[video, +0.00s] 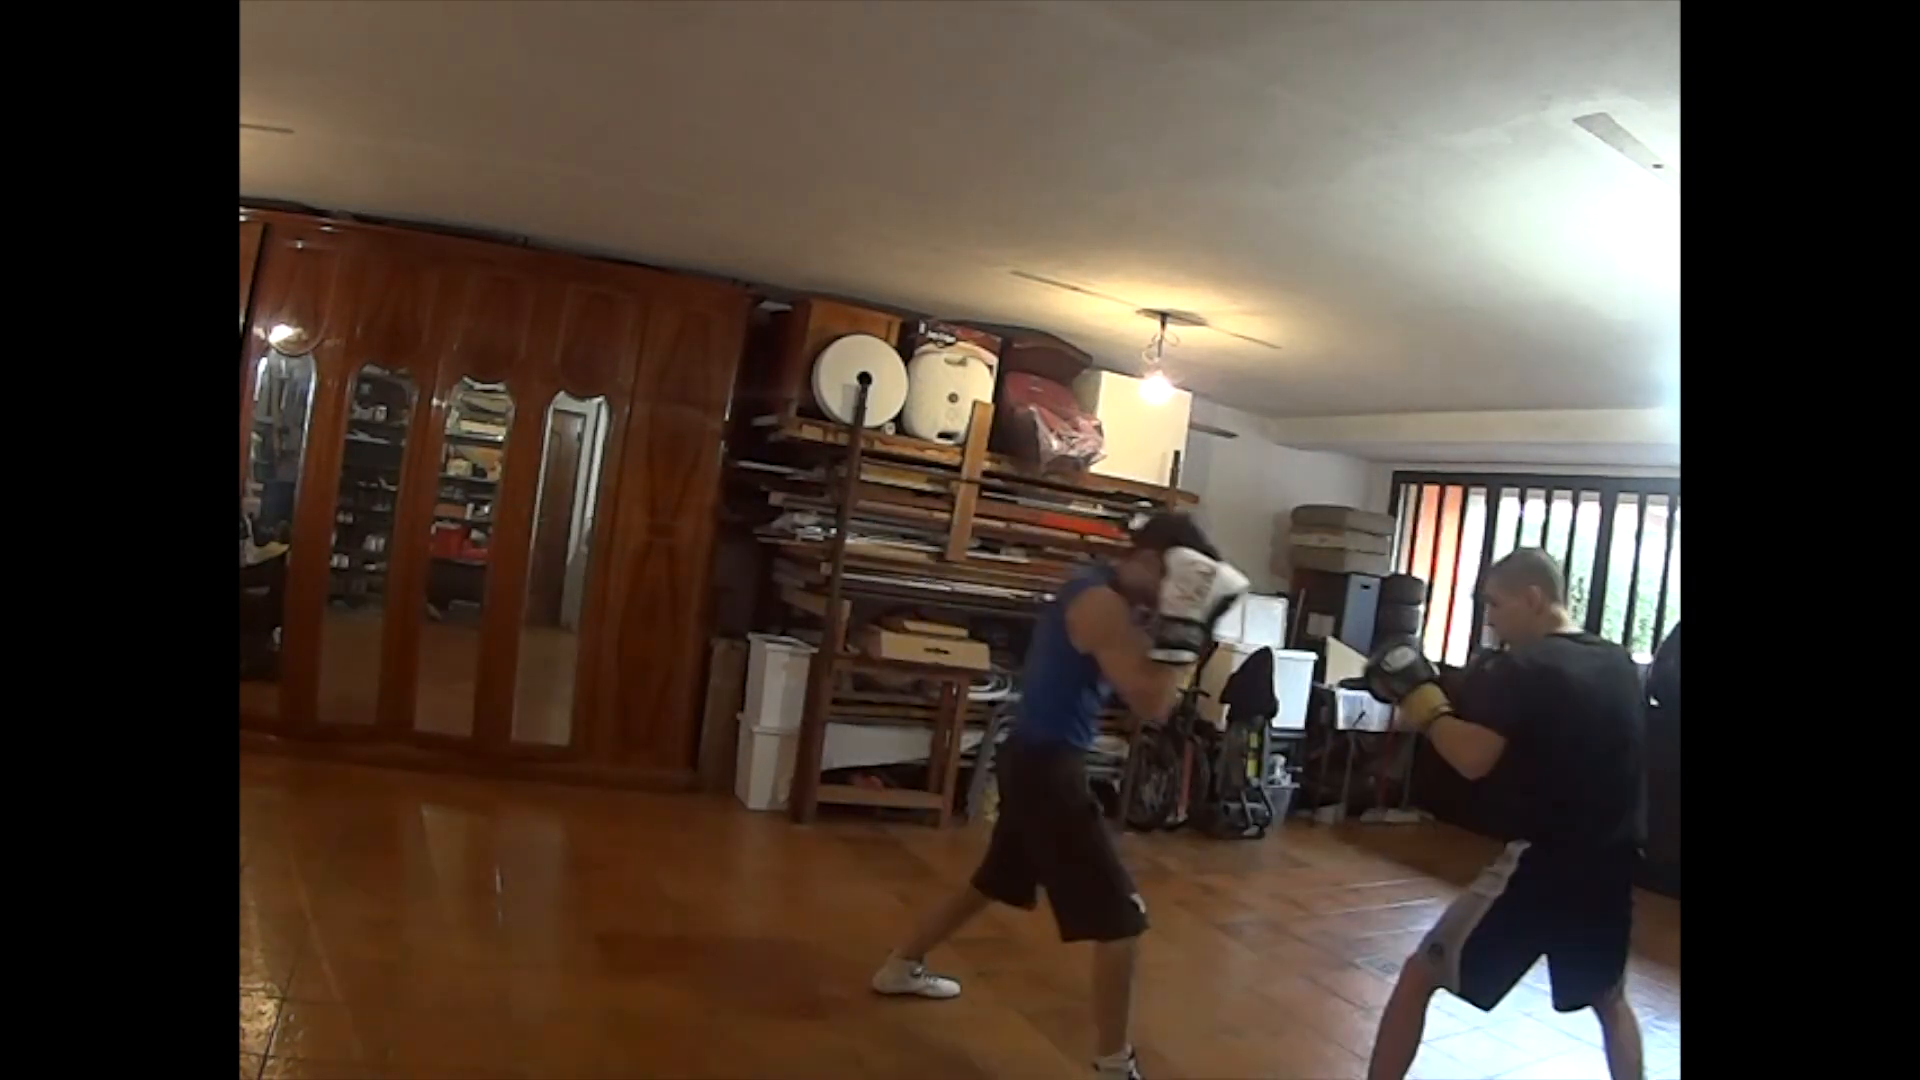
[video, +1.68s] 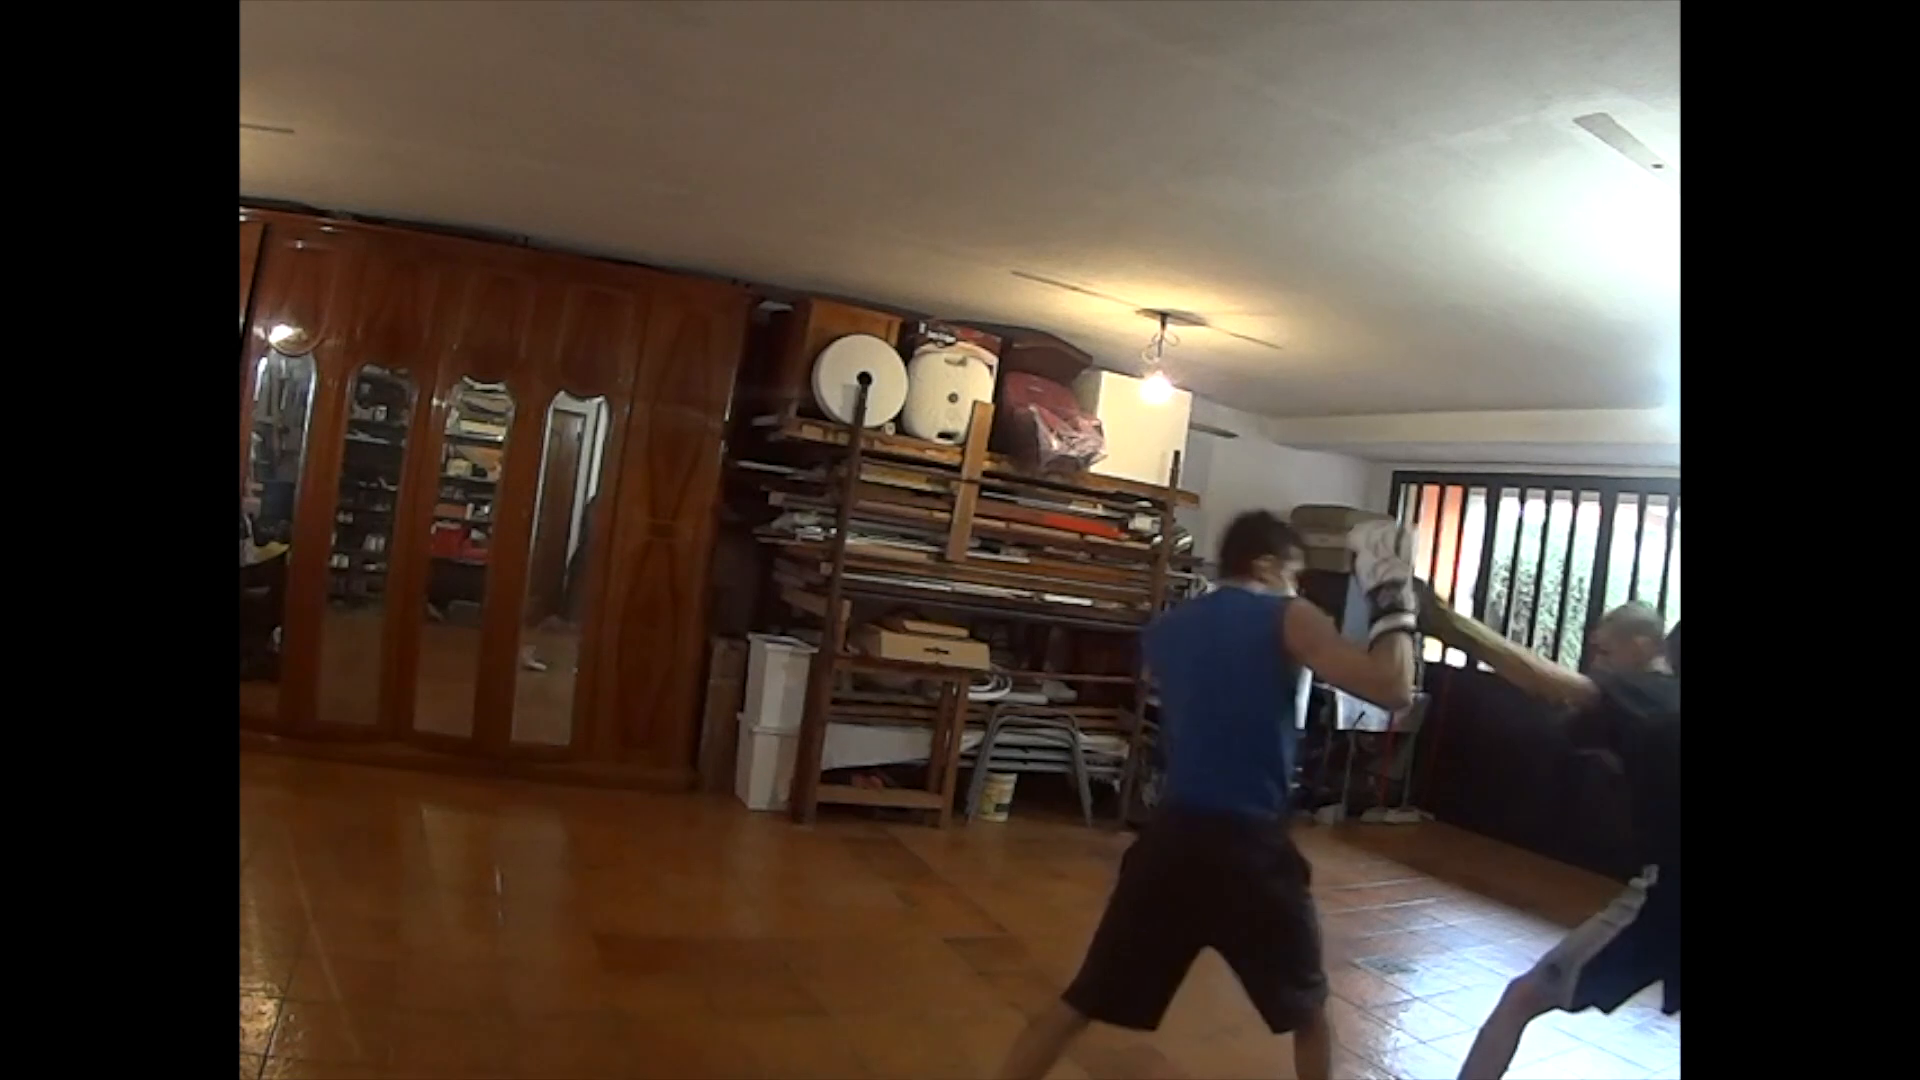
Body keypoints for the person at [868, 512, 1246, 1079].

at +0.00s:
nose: (1167, 591)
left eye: (1177, 581)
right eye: (1169, 575)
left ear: (1146, 555)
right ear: (1145, 553)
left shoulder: (1087, 588)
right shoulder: (1100, 604)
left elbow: (1140, 684)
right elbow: (1153, 702)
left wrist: (1176, 630)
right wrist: (1185, 627)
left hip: (1031, 763)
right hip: (1051, 771)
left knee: (990, 882)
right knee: (1119, 920)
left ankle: (900, 966)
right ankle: (1114, 1063)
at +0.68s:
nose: (1244, 589)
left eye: (1251, 581)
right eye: (1241, 574)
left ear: (1193, 558)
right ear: (1207, 557)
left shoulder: (1143, 596)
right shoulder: (1180, 602)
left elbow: (1205, 693)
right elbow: (1227, 694)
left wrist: (1257, 636)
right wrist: (1273, 632)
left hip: (1081, 779)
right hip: (1129, 793)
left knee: (1005, 901)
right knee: (1199, 954)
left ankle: (918, 992)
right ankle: (1202, 1070)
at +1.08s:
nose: (1257, 597)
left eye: (1264, 587)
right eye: (1256, 582)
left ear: (1207, 564)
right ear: (1223, 567)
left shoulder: (1143, 605)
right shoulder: (1199, 614)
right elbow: (1229, 721)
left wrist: (1256, 641)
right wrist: (1289, 660)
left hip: (1101, 803)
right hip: (1156, 813)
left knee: (1038, 930)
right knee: (1256, 949)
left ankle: (937, 1032)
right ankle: (1260, 1070)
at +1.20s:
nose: (1310, 606)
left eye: (1315, 595)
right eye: (1308, 593)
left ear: (1252, 580)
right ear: (1274, 581)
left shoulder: (1182, 619)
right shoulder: (1265, 630)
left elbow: (1167, 698)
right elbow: (1277, 707)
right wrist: (1353, 683)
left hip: (1131, 816)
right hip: (1203, 828)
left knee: (1038, 935)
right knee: (1278, 986)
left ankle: (937, 1032)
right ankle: (1307, 1075)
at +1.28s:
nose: (1353, 621)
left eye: (1354, 612)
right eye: (1349, 610)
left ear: (1288, 589)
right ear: (1321, 598)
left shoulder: (1211, 621)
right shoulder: (1321, 646)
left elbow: (1173, 700)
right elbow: (1419, 690)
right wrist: (1479, 661)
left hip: (1143, 813)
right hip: (1216, 833)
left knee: (1057, 932)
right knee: (1283, 989)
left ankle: (953, 1032)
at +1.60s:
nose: (1323, 589)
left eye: (1324, 577)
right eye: (1320, 575)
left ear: (1256, 564)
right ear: (1294, 565)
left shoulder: (1194, 620)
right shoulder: (1307, 615)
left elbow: (1193, 722)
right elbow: (1392, 704)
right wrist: (1406, 620)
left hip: (1180, 835)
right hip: (1265, 846)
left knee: (1090, 991)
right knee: (1315, 1012)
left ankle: (1008, 1074)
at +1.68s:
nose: (1297, 587)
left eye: (1298, 577)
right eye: (1293, 574)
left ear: (1226, 565)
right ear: (1265, 566)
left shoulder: (1168, 625)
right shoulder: (1284, 616)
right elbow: (1392, 686)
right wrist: (1394, 598)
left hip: (1169, 849)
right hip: (1253, 858)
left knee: (1078, 1003)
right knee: (1309, 1016)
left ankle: (1007, 1073)